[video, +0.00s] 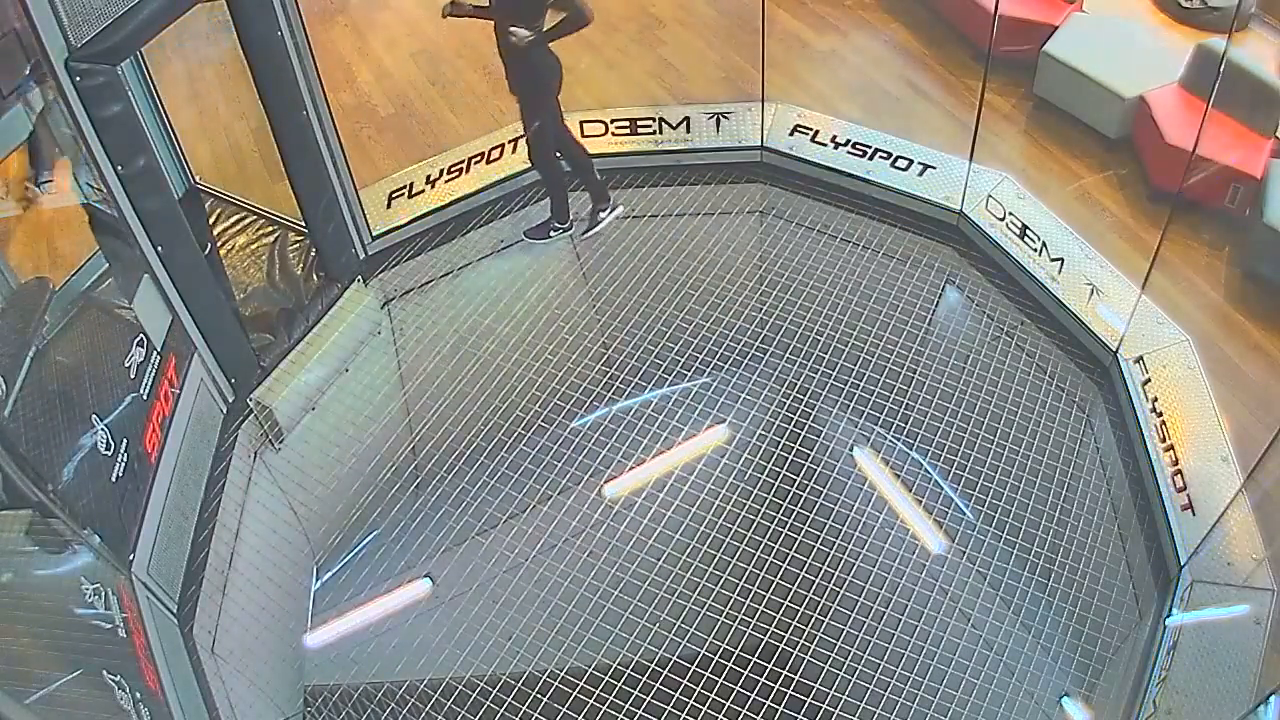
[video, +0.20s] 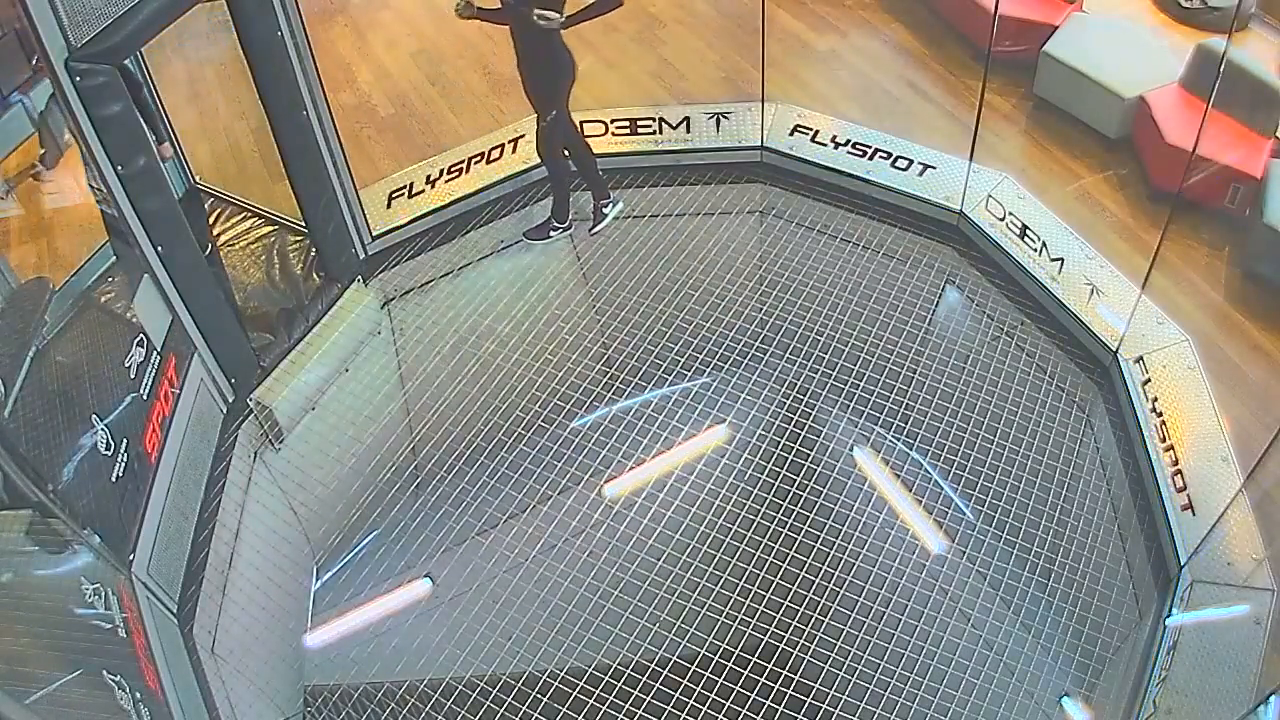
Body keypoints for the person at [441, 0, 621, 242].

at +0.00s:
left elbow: (582, 15)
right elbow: (508, 12)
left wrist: (535, 38)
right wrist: (468, 10)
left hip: (537, 72)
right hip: (523, 71)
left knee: (540, 151)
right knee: (562, 140)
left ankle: (561, 219)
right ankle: (603, 202)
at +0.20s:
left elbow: (613, 2)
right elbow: (511, 13)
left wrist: (566, 22)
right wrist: (476, 12)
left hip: (554, 64)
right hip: (529, 66)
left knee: (548, 147)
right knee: (570, 137)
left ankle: (561, 220)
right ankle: (605, 199)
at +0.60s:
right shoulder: (496, 2)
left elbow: (606, 0)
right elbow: (488, 25)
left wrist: (569, 11)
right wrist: (461, 14)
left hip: (562, 61)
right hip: (531, 67)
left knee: (560, 138)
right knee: (571, 133)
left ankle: (559, 222)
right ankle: (608, 201)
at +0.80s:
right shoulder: (479, 1)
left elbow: (598, 1)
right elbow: (463, 28)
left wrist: (554, 5)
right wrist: (428, 33)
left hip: (548, 65)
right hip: (517, 71)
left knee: (552, 144)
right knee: (562, 135)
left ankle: (557, 221)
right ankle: (604, 197)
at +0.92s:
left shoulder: (529, 1)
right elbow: (451, 30)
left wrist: (549, 10)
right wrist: (408, 31)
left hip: (542, 68)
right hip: (511, 73)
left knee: (547, 145)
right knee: (557, 135)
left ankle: (557, 222)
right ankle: (602, 196)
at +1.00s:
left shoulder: (524, 2)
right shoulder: (469, 1)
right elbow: (446, 31)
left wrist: (558, 14)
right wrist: (400, 32)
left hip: (538, 71)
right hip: (508, 77)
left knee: (543, 149)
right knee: (554, 136)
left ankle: (558, 222)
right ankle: (603, 190)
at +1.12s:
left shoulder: (524, 0)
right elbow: (439, 28)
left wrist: (558, 23)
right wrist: (391, 29)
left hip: (532, 72)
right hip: (504, 77)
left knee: (542, 153)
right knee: (548, 137)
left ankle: (559, 221)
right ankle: (602, 182)